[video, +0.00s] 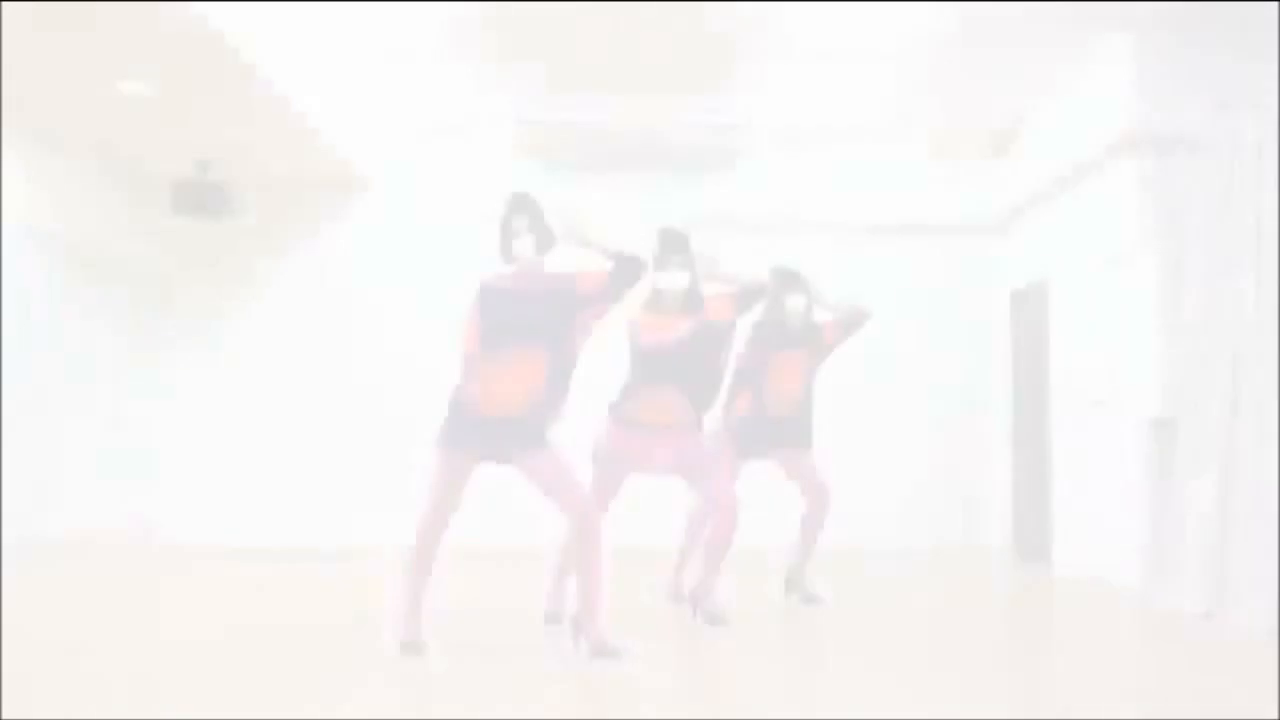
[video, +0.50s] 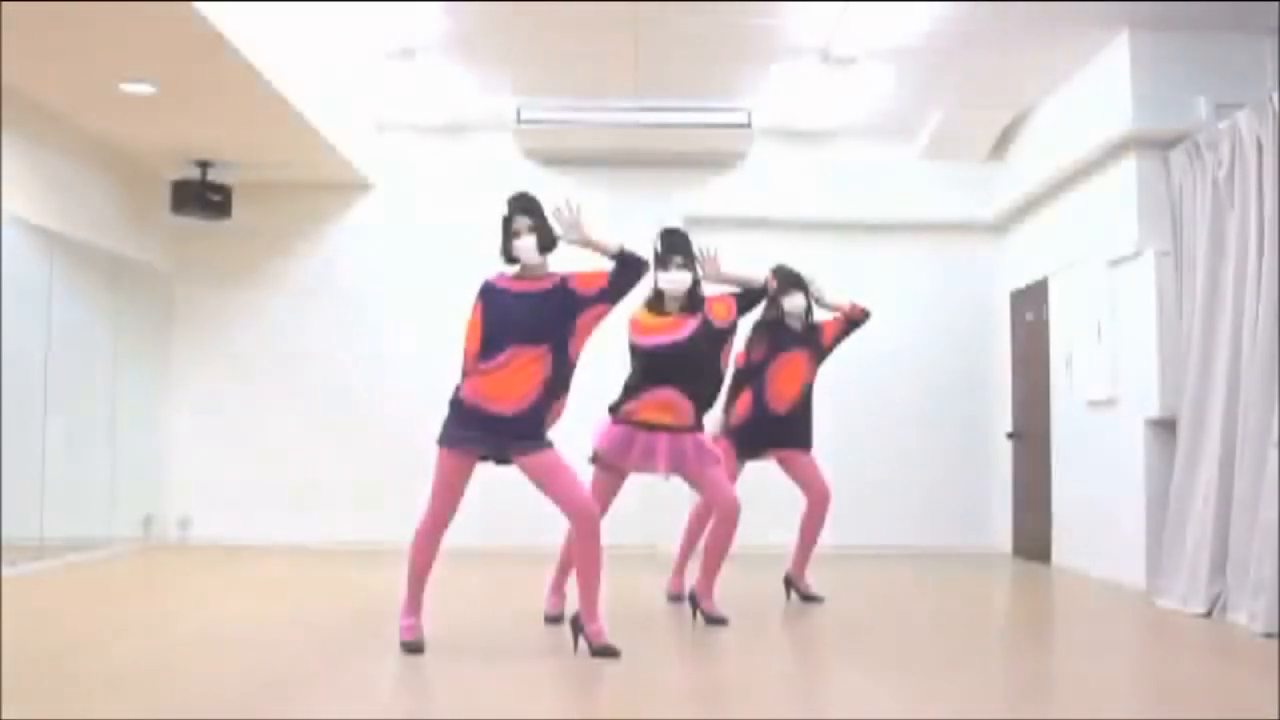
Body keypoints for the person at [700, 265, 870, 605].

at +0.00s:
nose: (793, 307)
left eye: (798, 299)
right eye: (786, 299)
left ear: (807, 302)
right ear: (774, 302)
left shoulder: (815, 340)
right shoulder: (756, 333)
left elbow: (859, 316)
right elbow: (735, 378)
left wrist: (822, 304)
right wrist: (723, 422)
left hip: (789, 436)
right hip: (744, 432)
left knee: (818, 494)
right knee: (711, 499)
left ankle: (797, 574)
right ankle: (681, 576)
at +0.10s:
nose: (794, 309)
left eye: (799, 301)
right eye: (787, 302)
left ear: (807, 304)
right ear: (774, 304)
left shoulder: (817, 337)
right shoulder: (761, 333)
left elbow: (860, 315)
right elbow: (740, 377)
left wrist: (823, 303)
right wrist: (726, 423)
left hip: (788, 432)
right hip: (744, 428)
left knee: (819, 494)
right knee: (710, 498)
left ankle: (797, 572)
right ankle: (679, 575)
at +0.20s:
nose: (794, 311)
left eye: (799, 303)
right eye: (787, 304)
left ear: (808, 305)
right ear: (774, 306)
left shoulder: (817, 338)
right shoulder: (762, 335)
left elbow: (860, 315)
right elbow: (740, 376)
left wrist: (825, 303)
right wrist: (725, 421)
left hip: (787, 435)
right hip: (744, 431)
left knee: (819, 495)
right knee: (710, 498)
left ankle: (797, 571)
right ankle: (679, 574)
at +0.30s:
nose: (794, 309)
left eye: (799, 302)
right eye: (787, 302)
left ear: (807, 304)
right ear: (774, 304)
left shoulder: (817, 338)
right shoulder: (762, 335)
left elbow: (861, 315)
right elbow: (740, 377)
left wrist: (824, 301)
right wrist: (725, 422)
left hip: (787, 437)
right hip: (743, 433)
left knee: (819, 495)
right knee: (710, 500)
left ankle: (797, 571)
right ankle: (679, 573)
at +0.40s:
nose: (793, 307)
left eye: (798, 300)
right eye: (786, 300)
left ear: (806, 302)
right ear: (772, 302)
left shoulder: (817, 337)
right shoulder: (761, 335)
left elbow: (861, 315)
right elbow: (740, 377)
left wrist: (824, 302)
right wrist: (723, 421)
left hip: (786, 436)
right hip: (742, 433)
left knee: (819, 494)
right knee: (709, 500)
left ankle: (797, 572)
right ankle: (678, 574)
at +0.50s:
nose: (793, 305)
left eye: (799, 297)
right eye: (786, 298)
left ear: (806, 300)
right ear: (773, 301)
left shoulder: (818, 337)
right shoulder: (762, 334)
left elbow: (861, 315)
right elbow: (740, 374)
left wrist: (825, 302)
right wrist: (724, 418)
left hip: (786, 436)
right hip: (742, 432)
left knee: (819, 494)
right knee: (711, 499)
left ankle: (797, 572)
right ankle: (678, 573)